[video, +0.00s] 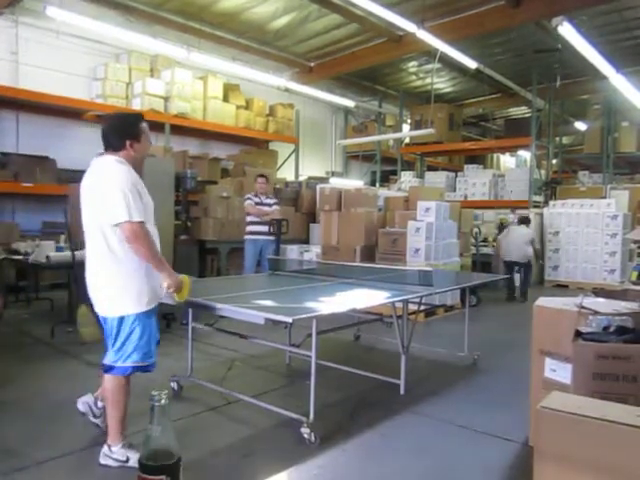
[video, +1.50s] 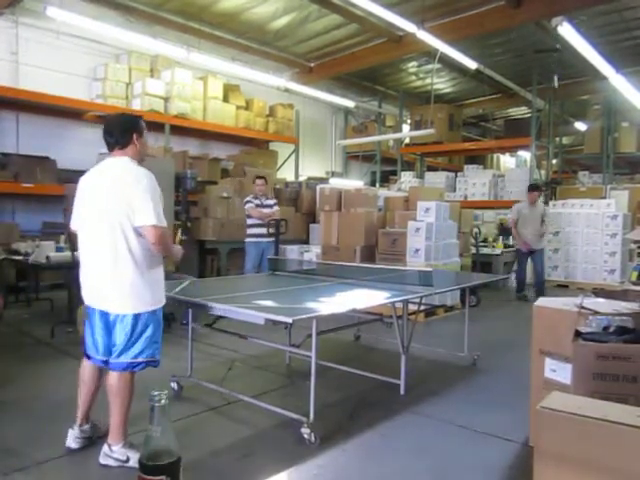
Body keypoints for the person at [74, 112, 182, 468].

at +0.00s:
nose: (149, 145)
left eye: (147, 139)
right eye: (145, 139)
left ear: (117, 143)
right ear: (130, 143)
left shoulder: (101, 169)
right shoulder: (117, 174)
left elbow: (119, 232)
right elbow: (133, 232)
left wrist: (158, 269)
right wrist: (167, 272)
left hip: (111, 286)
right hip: (125, 290)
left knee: (122, 354)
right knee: (122, 365)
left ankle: (99, 400)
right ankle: (115, 446)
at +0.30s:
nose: (152, 146)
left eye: (150, 139)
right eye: (149, 140)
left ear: (114, 141)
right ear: (135, 143)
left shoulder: (99, 172)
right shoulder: (128, 176)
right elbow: (143, 236)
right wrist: (175, 275)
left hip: (112, 287)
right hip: (134, 292)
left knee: (124, 356)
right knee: (126, 366)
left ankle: (94, 403)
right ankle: (115, 447)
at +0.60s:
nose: (157, 145)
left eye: (156, 138)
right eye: (154, 138)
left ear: (119, 141)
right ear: (140, 141)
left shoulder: (101, 172)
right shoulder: (135, 176)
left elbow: (107, 230)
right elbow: (152, 236)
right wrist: (177, 275)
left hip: (111, 286)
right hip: (136, 291)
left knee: (122, 357)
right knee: (126, 367)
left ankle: (92, 408)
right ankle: (115, 447)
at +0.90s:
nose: (158, 144)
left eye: (157, 137)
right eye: (156, 137)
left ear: (121, 140)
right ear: (142, 139)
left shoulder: (104, 173)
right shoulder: (139, 177)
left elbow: (109, 232)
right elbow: (152, 242)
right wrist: (175, 265)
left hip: (111, 287)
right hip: (136, 293)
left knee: (118, 356)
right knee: (126, 368)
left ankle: (89, 414)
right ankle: (116, 446)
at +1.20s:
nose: (155, 144)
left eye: (154, 137)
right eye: (154, 138)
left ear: (118, 141)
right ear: (144, 139)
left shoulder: (100, 175)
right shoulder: (143, 178)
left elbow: (84, 226)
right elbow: (157, 238)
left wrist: (121, 237)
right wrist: (182, 253)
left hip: (107, 289)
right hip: (137, 294)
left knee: (110, 355)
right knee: (126, 367)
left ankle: (85, 418)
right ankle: (116, 446)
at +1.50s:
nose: (147, 144)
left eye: (145, 137)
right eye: (145, 138)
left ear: (110, 141)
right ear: (135, 139)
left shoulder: (90, 176)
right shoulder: (139, 177)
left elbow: (76, 228)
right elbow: (155, 236)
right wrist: (173, 252)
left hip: (96, 289)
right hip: (132, 293)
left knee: (93, 356)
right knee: (122, 366)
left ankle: (80, 427)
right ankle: (116, 445)